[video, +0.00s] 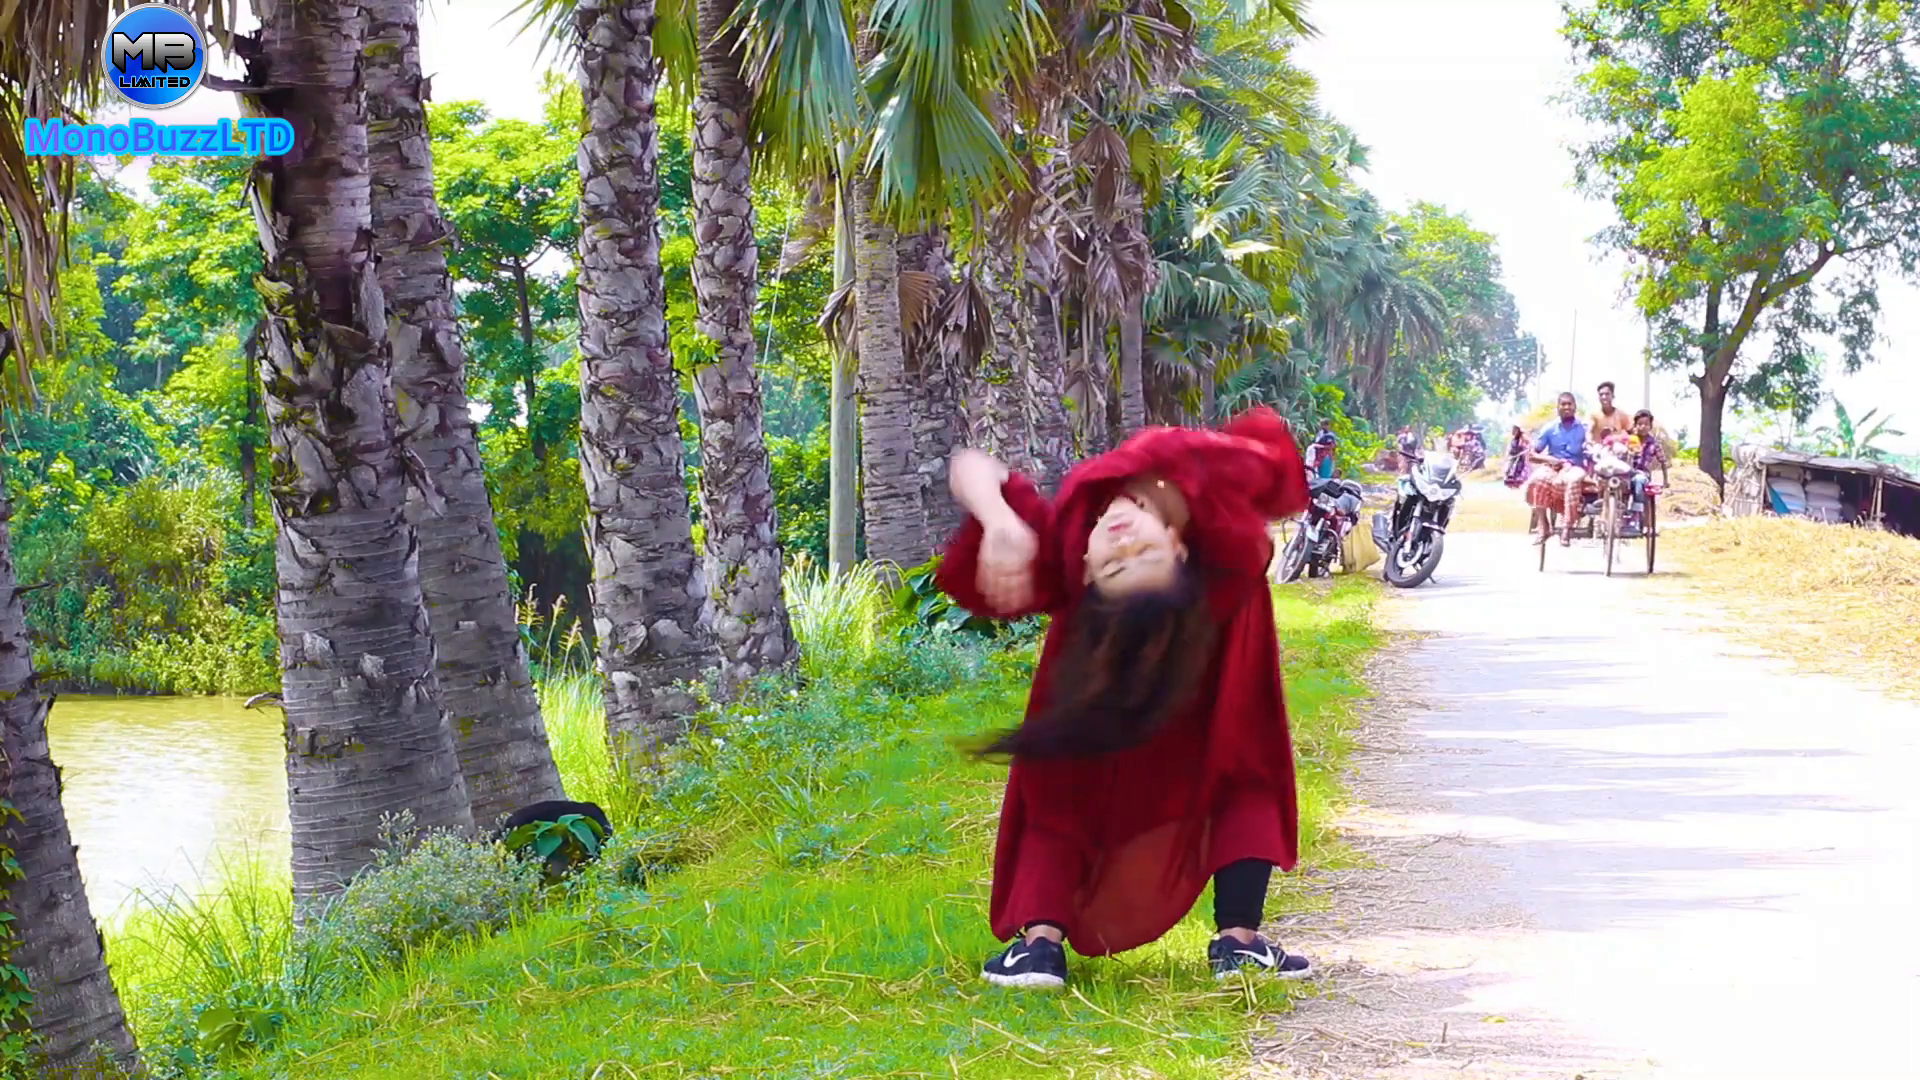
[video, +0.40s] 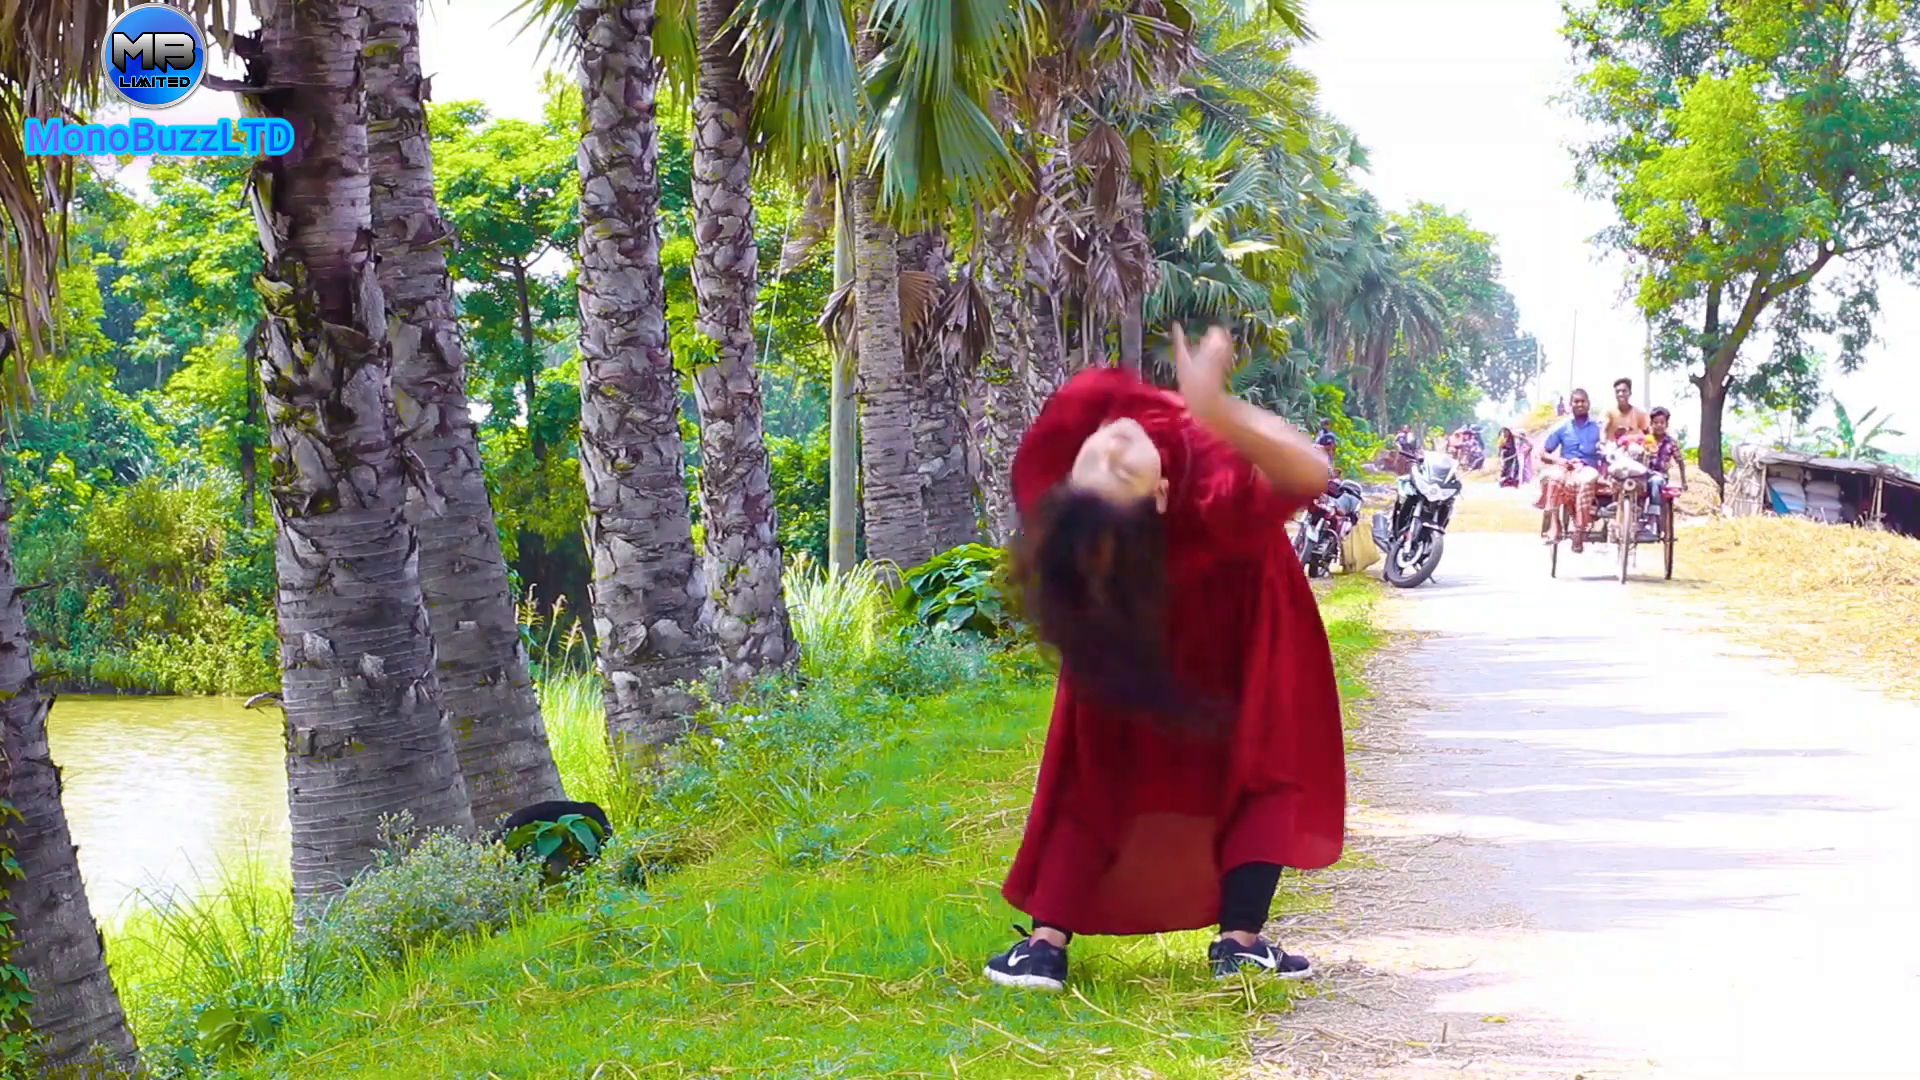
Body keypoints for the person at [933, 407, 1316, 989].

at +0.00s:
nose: (1116, 528)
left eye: (1105, 554)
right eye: (1139, 551)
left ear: (1085, 568)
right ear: (1180, 546)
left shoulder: (1063, 532)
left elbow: (969, 463)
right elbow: (1269, 437)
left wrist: (1001, 524)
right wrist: (1174, 458)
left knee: (1054, 778)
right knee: (1248, 772)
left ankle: (1039, 941)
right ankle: (1239, 936)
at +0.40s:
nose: (1111, 450)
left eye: (1095, 466)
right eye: (1128, 477)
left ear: (1072, 483)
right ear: (1155, 501)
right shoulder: (1221, 489)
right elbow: (1311, 474)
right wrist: (1215, 406)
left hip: (1139, 596)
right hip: (1244, 598)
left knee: (1088, 758)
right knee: (1267, 758)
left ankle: (1045, 941)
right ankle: (1242, 939)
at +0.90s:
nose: (1146, 285)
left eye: (1130, 319)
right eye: (1159, 294)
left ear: (1135, 355)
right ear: (1212, 336)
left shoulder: (1112, 418)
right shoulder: (1257, 352)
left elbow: (1030, 446)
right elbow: (1304, 404)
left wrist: (1036, 355)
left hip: (1142, 592)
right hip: (1247, 578)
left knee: (1088, 751)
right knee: (1248, 745)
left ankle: (1044, 945)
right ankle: (1238, 939)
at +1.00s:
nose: (1128, 325)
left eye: (1132, 320)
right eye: (1135, 317)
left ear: (1142, 335)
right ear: (1216, 313)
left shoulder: (1128, 417)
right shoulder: (1258, 325)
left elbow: (1066, 495)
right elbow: (1321, 298)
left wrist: (1064, 390)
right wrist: (1224, 288)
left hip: (1143, 601)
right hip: (1248, 591)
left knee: (1089, 754)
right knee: (1249, 753)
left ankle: (1044, 946)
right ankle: (1238, 938)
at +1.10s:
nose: (1111, 297)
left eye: (1117, 289)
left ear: (1122, 302)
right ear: (1203, 285)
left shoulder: (1101, 389)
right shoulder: (1246, 323)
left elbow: (1097, 515)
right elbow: (1341, 243)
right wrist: (1241, 274)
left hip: (1134, 609)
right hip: (1243, 603)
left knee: (1086, 760)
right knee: (1252, 760)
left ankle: (1044, 945)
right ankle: (1239, 940)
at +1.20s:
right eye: (1201, 263)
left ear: (1104, 286)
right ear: (1204, 282)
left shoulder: (1079, 374)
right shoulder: (1245, 342)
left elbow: (1086, 500)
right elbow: (1336, 256)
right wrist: (1250, 219)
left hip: (1119, 587)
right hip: (1234, 584)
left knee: (1081, 750)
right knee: (1254, 755)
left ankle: (1044, 944)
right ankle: (1238, 940)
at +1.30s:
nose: (1195, 275)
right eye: (1193, 264)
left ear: (1099, 280)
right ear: (1192, 283)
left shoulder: (1074, 362)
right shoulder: (1230, 369)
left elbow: (1047, 439)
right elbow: (1332, 337)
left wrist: (1094, 497)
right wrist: (1262, 237)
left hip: (1110, 553)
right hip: (1219, 559)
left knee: (1076, 740)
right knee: (1246, 746)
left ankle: (1046, 944)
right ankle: (1240, 939)